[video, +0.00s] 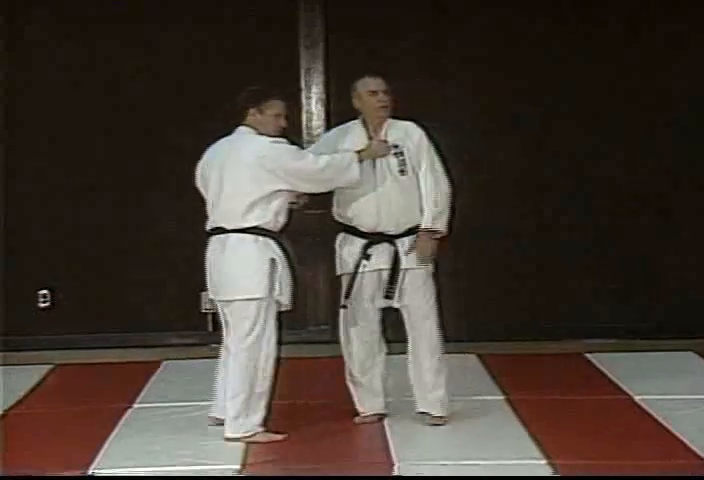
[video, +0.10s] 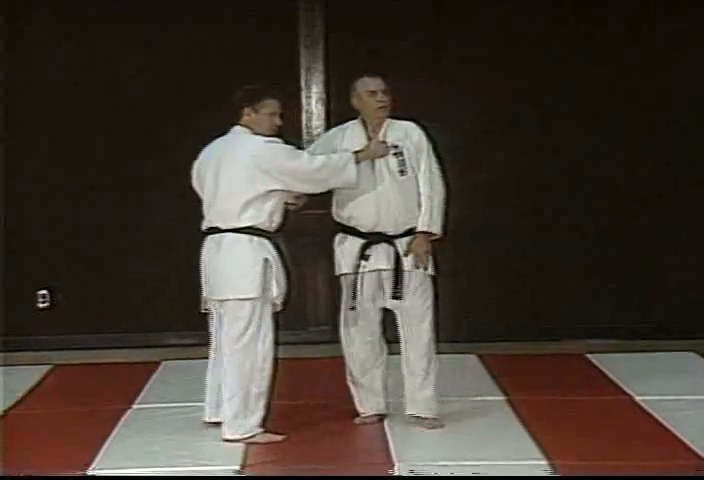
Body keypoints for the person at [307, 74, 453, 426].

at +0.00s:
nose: (382, 99)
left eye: (385, 93)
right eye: (373, 94)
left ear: (391, 99)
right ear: (356, 101)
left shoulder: (410, 135)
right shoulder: (338, 139)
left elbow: (436, 184)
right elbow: (302, 168)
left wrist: (429, 231)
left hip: (410, 244)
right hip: (358, 245)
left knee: (424, 325)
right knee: (360, 326)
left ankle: (432, 404)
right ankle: (369, 404)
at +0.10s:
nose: (382, 99)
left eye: (385, 93)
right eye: (373, 93)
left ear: (390, 99)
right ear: (355, 101)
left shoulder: (410, 135)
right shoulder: (336, 139)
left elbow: (432, 185)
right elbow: (302, 169)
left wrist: (424, 233)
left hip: (406, 245)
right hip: (356, 246)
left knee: (418, 330)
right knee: (360, 330)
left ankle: (421, 407)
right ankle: (369, 406)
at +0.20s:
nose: (383, 99)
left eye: (386, 93)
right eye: (374, 93)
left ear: (391, 99)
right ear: (355, 101)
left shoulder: (409, 135)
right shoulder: (335, 138)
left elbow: (434, 184)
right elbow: (302, 168)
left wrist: (426, 232)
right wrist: (295, 191)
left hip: (405, 245)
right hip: (354, 246)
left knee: (416, 330)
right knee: (359, 331)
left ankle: (422, 408)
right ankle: (368, 407)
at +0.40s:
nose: (384, 99)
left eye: (387, 94)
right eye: (375, 94)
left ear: (392, 99)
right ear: (357, 101)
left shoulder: (410, 136)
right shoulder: (337, 138)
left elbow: (436, 184)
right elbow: (297, 165)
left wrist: (428, 233)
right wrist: (282, 188)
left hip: (406, 246)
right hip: (354, 248)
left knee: (421, 332)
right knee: (359, 333)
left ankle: (425, 410)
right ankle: (369, 408)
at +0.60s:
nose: (382, 98)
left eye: (386, 92)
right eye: (374, 93)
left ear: (391, 97)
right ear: (356, 99)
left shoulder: (411, 135)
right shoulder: (337, 138)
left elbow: (433, 187)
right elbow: (297, 165)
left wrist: (427, 236)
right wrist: (280, 185)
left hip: (405, 246)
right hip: (354, 248)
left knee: (420, 330)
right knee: (359, 332)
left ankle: (425, 409)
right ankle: (371, 409)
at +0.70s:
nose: (381, 99)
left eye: (385, 93)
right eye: (373, 94)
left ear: (391, 96)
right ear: (356, 99)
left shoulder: (411, 135)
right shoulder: (337, 138)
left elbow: (433, 189)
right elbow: (298, 164)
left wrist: (425, 239)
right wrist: (281, 186)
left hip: (405, 246)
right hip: (354, 249)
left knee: (421, 331)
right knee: (358, 333)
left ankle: (425, 410)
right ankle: (370, 410)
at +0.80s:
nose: (380, 99)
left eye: (384, 93)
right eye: (372, 94)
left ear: (391, 96)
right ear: (354, 99)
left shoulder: (411, 135)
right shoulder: (338, 138)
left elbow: (433, 188)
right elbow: (297, 164)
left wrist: (425, 239)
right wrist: (283, 186)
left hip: (405, 246)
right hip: (354, 249)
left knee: (419, 332)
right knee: (358, 334)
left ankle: (425, 411)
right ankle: (371, 411)